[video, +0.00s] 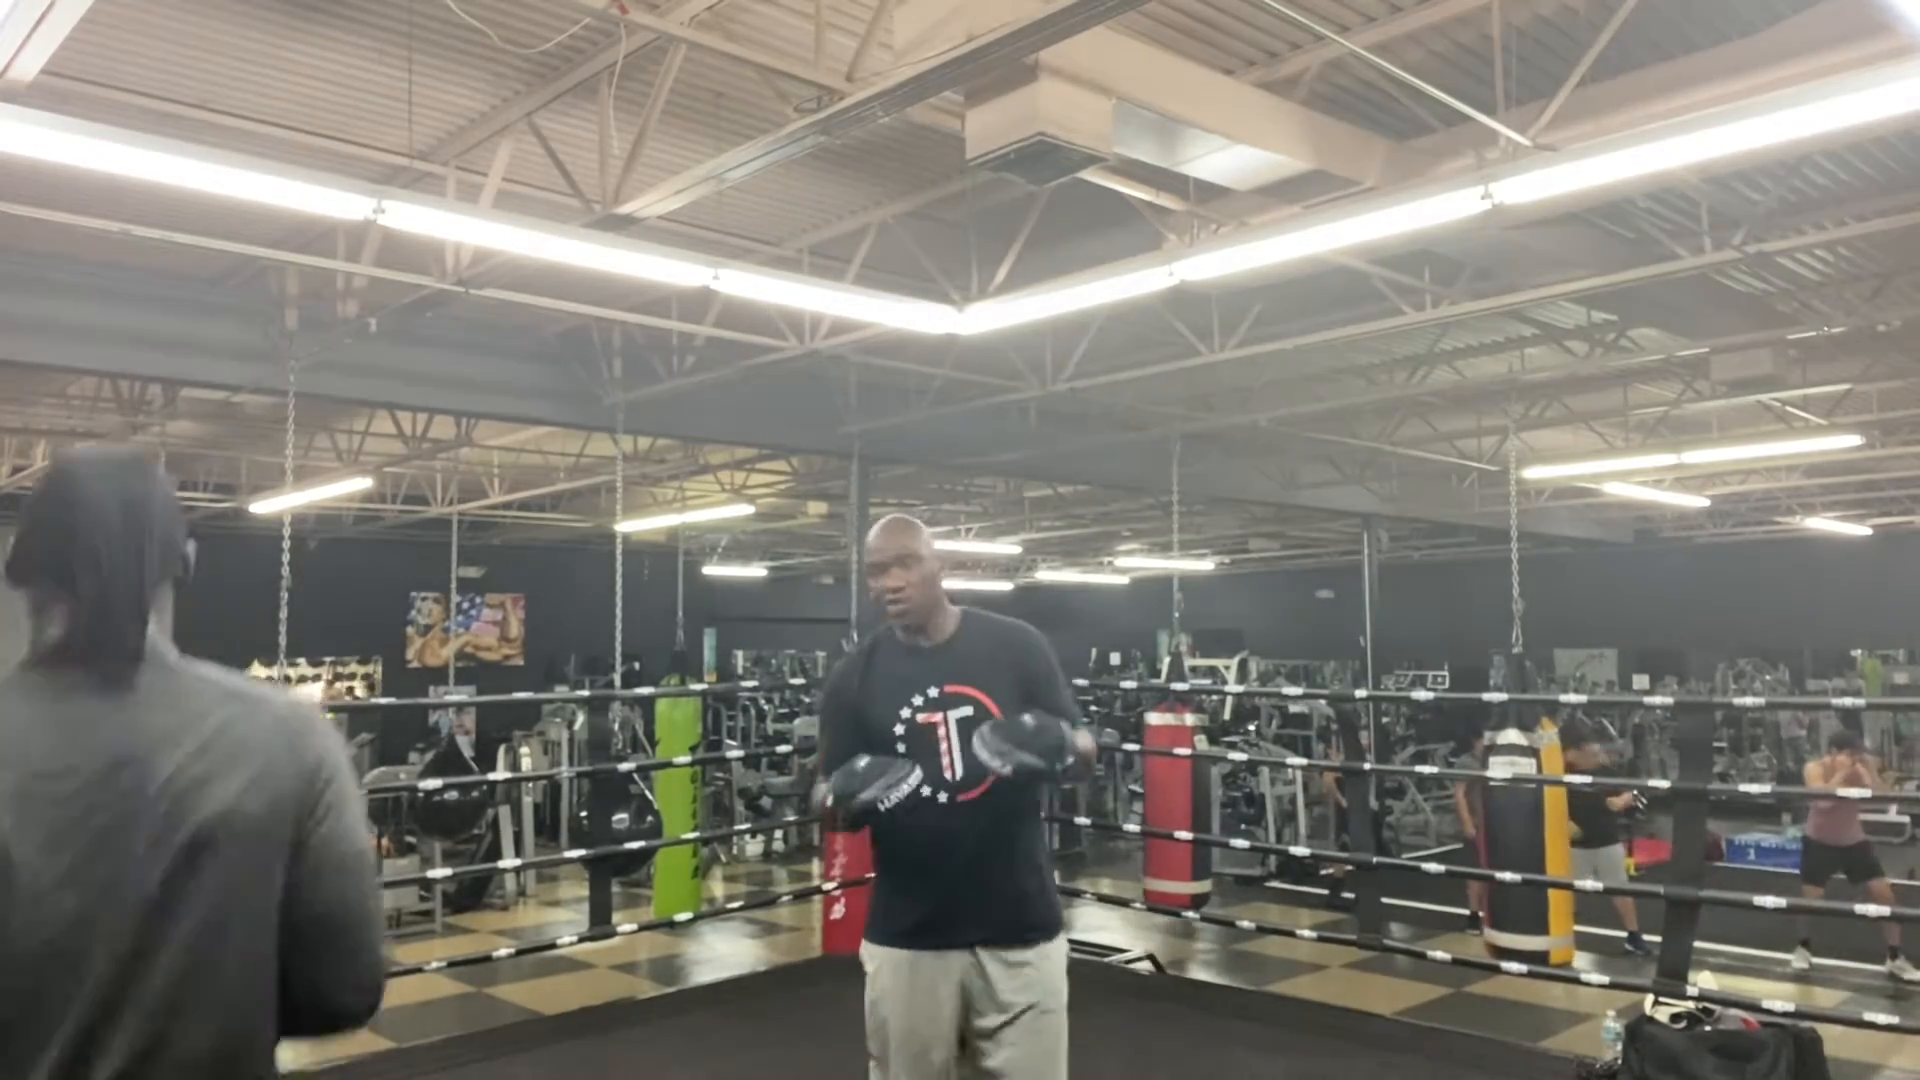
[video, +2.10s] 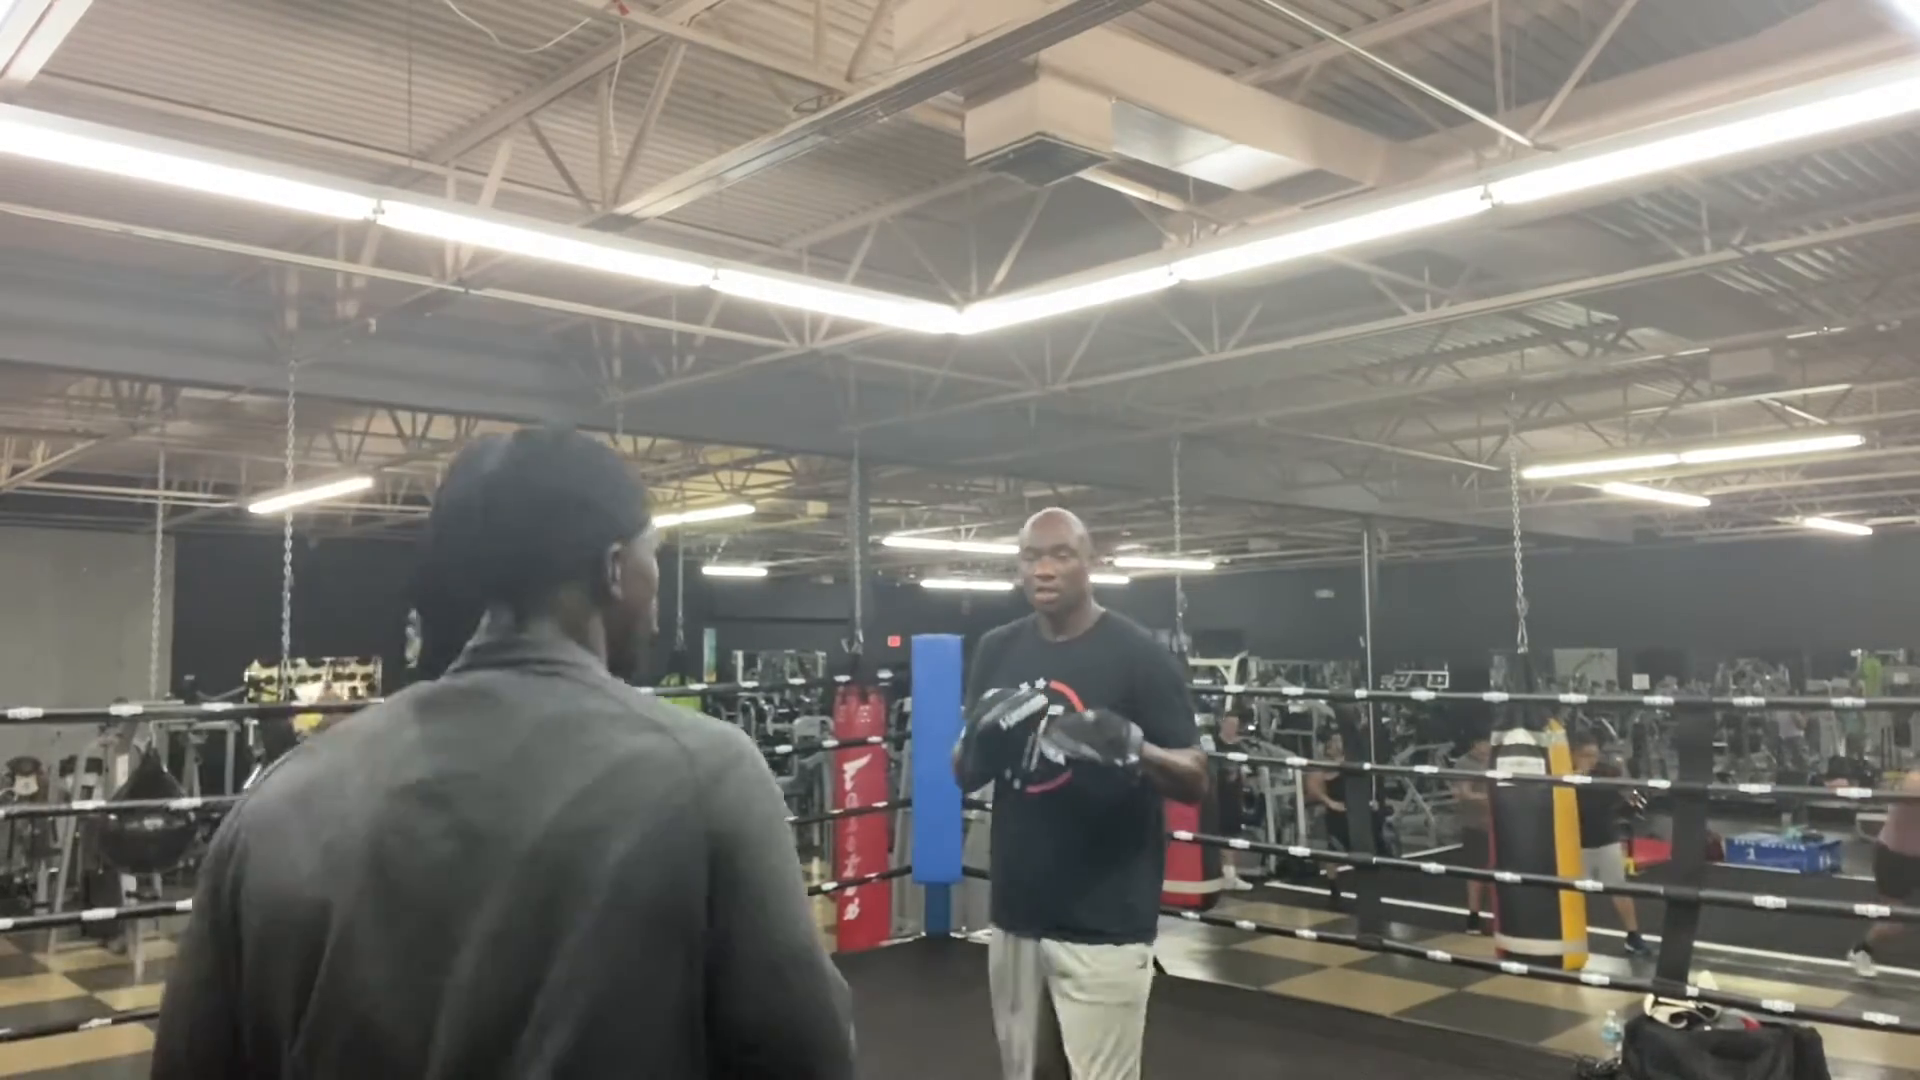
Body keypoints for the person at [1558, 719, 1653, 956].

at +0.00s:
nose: (1597, 758)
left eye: (1598, 752)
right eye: (1591, 753)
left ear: (1601, 750)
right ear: (1571, 754)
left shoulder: (1606, 773)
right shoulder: (1564, 777)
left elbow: (1624, 791)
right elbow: (1572, 808)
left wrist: (1623, 799)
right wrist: (1607, 803)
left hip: (1607, 840)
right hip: (1575, 843)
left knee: (1620, 890)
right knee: (1565, 892)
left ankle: (1633, 934)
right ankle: (1561, 936)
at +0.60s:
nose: (1608, 760)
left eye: (1610, 755)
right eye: (1604, 754)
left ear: (1612, 753)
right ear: (1590, 750)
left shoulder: (1610, 774)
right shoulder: (1568, 771)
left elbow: (1614, 799)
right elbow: (1554, 797)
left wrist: (1627, 804)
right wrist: (1579, 811)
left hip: (1607, 842)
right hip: (1576, 843)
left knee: (1620, 890)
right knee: (1570, 892)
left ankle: (1633, 935)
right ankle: (1564, 932)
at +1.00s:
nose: (1575, 752)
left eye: (1580, 747)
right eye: (1575, 747)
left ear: (1596, 750)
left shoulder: (1615, 774)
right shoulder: (1567, 773)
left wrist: (1627, 805)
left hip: (1608, 841)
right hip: (1575, 842)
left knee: (1620, 890)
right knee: (1571, 890)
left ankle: (1633, 934)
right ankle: (1564, 932)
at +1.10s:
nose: (1576, 753)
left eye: (1580, 749)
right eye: (1579, 749)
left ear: (1593, 750)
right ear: (1575, 751)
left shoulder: (1615, 774)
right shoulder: (1568, 775)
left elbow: (1637, 800)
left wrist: (1613, 805)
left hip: (1608, 841)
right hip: (1575, 841)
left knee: (1620, 890)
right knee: (1569, 892)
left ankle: (1633, 935)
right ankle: (1561, 935)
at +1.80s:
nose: (1575, 757)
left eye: (1578, 751)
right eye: (1572, 752)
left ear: (1589, 753)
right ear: (1567, 753)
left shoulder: (1607, 772)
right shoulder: (1562, 776)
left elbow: (1632, 794)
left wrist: (1611, 797)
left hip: (1604, 841)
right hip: (1573, 843)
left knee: (1619, 889)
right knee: (1567, 893)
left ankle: (1633, 935)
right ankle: (1563, 938)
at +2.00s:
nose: (1586, 760)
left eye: (1590, 754)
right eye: (1581, 754)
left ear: (1596, 755)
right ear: (1570, 755)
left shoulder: (1604, 778)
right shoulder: (1564, 780)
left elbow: (1616, 804)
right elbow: (1556, 810)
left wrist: (1628, 803)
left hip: (1605, 842)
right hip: (1575, 844)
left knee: (1620, 889)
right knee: (1570, 893)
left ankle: (1633, 934)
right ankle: (1568, 940)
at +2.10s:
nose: (1589, 760)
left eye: (1593, 755)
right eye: (1584, 755)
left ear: (1599, 755)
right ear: (1574, 755)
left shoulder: (1609, 775)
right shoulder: (1565, 779)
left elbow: (1621, 802)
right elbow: (1559, 809)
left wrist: (1630, 802)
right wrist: (1576, 781)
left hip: (1607, 841)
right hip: (1577, 844)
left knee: (1619, 889)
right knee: (1572, 893)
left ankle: (1633, 935)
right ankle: (1570, 940)